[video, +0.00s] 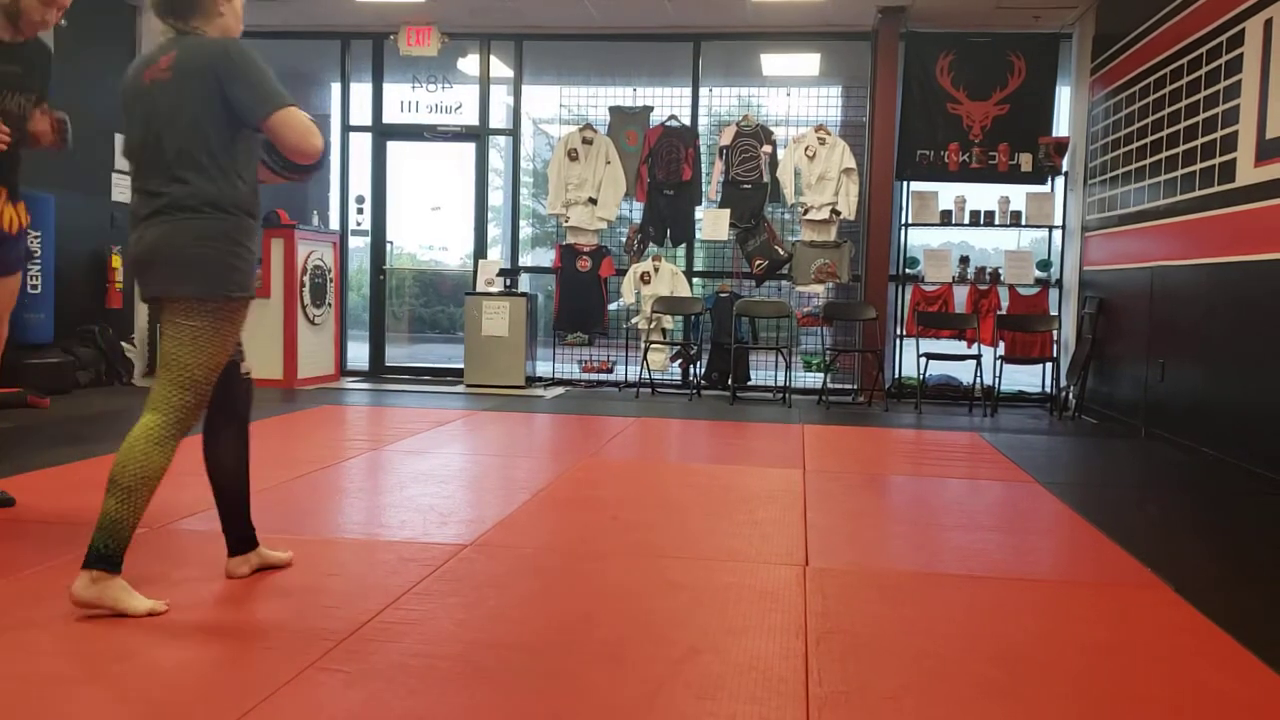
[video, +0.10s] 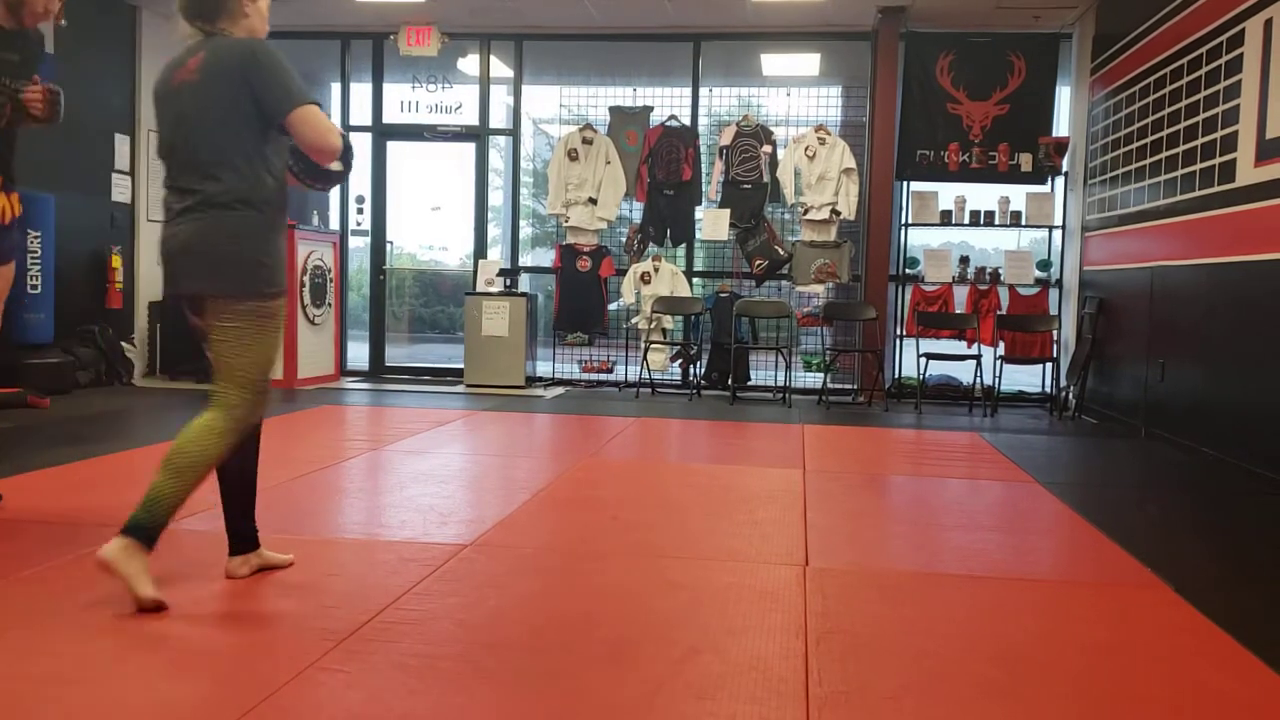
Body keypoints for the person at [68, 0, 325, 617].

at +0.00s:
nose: (242, 12)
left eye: (239, 3)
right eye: (236, 4)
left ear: (175, 13)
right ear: (217, 7)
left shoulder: (140, 72)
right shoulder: (228, 55)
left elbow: (144, 162)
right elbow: (306, 144)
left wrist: (244, 157)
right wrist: (263, 147)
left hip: (156, 249)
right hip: (214, 249)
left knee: (228, 393)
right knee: (170, 411)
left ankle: (243, 547)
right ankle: (98, 573)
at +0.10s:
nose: (268, 12)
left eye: (266, 3)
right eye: (263, 4)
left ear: (202, 13)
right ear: (245, 7)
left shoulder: (173, 73)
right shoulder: (254, 55)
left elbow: (200, 159)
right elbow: (326, 143)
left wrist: (283, 160)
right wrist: (319, 153)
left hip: (188, 251)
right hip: (244, 253)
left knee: (242, 398)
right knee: (233, 405)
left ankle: (244, 547)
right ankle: (133, 542)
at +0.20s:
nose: (294, 17)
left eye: (291, 8)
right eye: (290, 7)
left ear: (231, 15)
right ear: (269, 9)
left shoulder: (205, 73)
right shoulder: (274, 57)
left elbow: (234, 158)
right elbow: (340, 141)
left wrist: (310, 165)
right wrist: (350, 137)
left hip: (209, 254)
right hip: (270, 255)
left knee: (248, 394)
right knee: (304, 395)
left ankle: (243, 545)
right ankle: (201, 522)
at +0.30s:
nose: (321, 20)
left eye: (319, 10)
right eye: (317, 10)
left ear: (256, 17)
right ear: (295, 12)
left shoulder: (232, 76)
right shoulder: (296, 63)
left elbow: (267, 154)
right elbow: (357, 147)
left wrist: (338, 168)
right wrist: (375, 140)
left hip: (231, 251)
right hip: (292, 252)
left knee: (258, 389)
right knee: (348, 385)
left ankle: (243, 548)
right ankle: (288, 529)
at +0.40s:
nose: (346, 37)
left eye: (345, 25)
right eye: (343, 25)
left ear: (283, 27)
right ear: (321, 22)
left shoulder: (259, 82)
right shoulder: (320, 70)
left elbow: (297, 162)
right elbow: (374, 156)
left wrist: (364, 171)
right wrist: (390, 155)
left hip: (256, 253)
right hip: (317, 253)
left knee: (265, 393)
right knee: (366, 387)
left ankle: (245, 547)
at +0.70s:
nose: (436, 51)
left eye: (436, 42)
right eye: (434, 42)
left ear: (375, 45)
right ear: (415, 42)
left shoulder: (345, 99)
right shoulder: (417, 92)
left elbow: (336, 188)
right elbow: (470, 179)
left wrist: (411, 184)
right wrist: (472, 167)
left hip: (352, 253)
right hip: (414, 253)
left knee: (358, 391)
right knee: (434, 394)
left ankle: (278, 509)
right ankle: (437, 530)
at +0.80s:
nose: (456, 52)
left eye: (455, 42)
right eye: (453, 43)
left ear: (393, 47)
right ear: (440, 46)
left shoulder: (368, 100)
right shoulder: (448, 95)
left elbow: (349, 186)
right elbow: (501, 177)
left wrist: (414, 183)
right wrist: (473, 188)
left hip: (378, 257)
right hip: (438, 255)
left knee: (402, 386)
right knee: (444, 393)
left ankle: (334, 492)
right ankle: (436, 530)